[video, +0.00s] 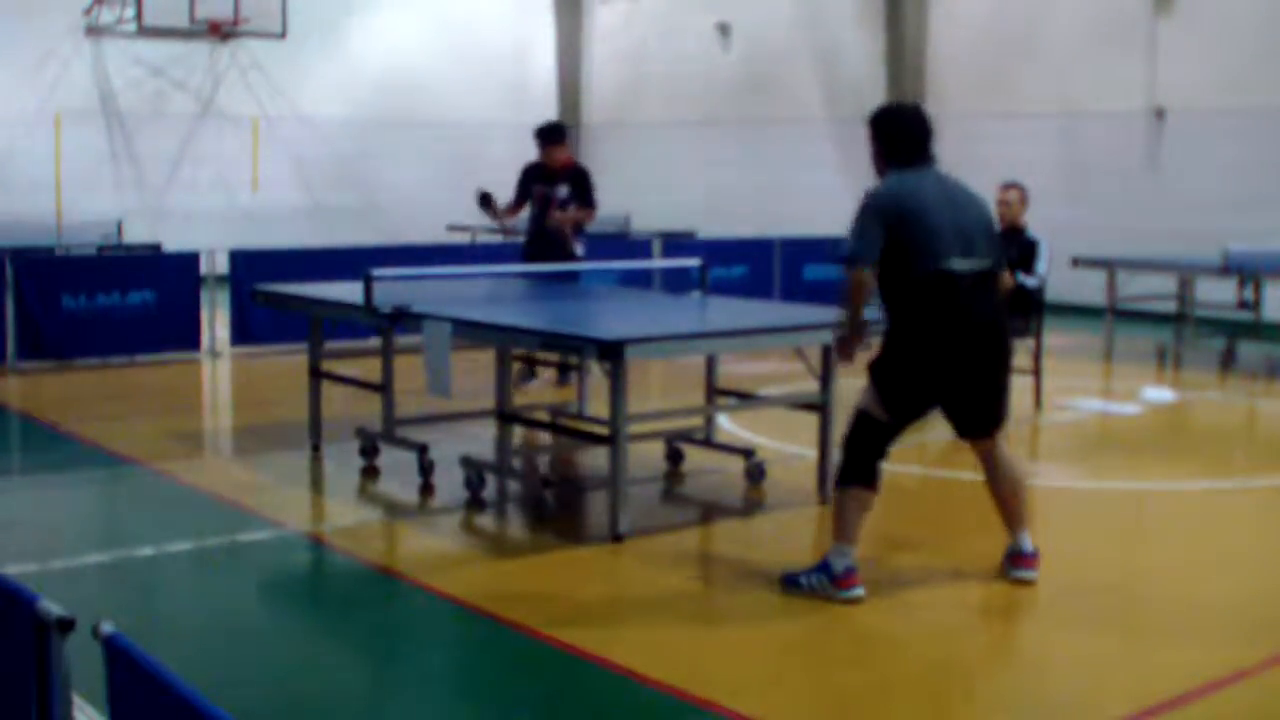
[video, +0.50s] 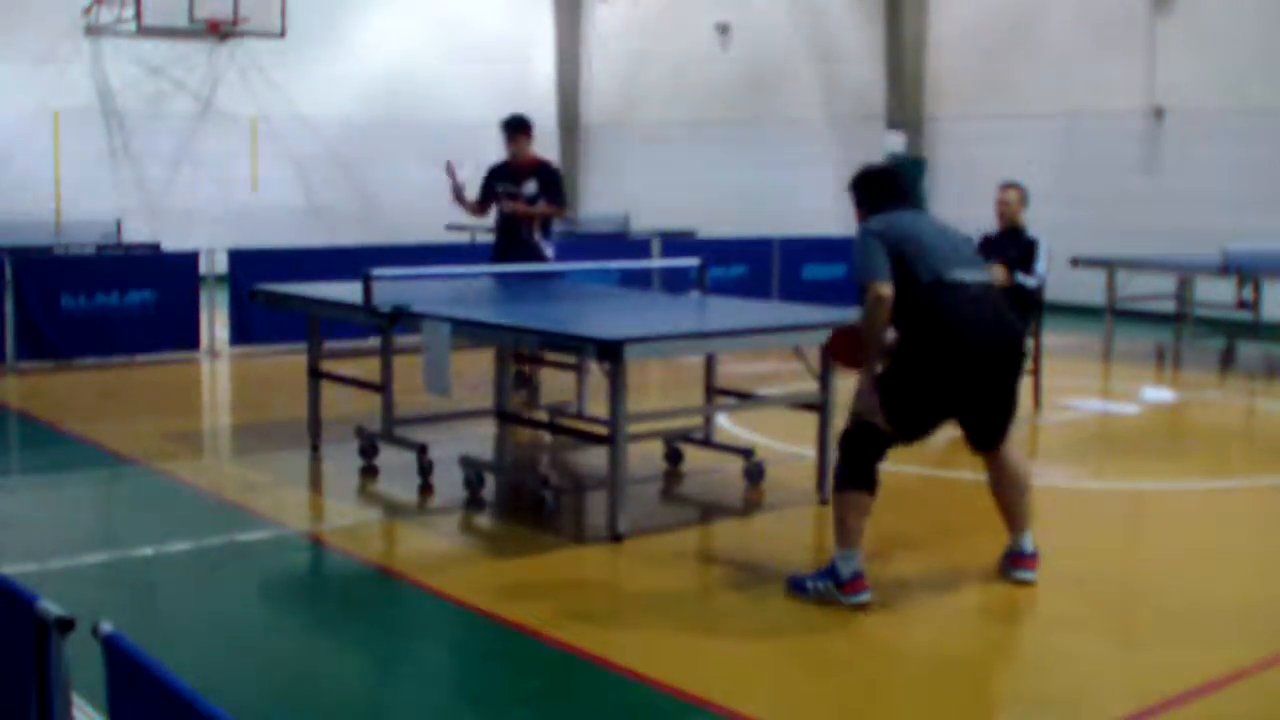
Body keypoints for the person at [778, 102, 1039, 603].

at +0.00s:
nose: (871, 155)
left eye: (874, 147)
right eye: (873, 146)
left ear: (881, 150)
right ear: (927, 144)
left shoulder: (883, 201)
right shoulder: (968, 198)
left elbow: (860, 276)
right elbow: (1002, 280)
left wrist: (851, 330)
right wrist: (965, 311)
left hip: (917, 351)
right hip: (982, 350)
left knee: (864, 441)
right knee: (990, 444)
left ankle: (841, 562)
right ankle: (1022, 548)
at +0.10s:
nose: (879, 166)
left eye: (881, 157)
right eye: (880, 156)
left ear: (888, 160)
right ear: (933, 152)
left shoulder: (899, 202)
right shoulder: (972, 201)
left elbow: (890, 277)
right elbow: (995, 278)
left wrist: (876, 337)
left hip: (932, 345)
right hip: (990, 348)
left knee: (876, 442)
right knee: (997, 444)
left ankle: (844, 562)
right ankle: (1024, 548)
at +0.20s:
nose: (881, 177)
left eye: (882, 168)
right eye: (881, 168)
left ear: (891, 169)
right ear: (935, 162)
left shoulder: (901, 204)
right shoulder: (970, 204)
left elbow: (911, 267)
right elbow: (996, 276)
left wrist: (894, 334)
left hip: (942, 338)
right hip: (997, 341)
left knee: (879, 442)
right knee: (997, 442)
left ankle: (849, 565)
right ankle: (1024, 548)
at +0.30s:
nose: (878, 186)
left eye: (879, 178)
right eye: (879, 178)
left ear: (886, 177)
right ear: (931, 170)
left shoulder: (896, 210)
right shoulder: (965, 211)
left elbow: (906, 272)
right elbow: (992, 278)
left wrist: (891, 340)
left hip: (941, 336)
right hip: (1000, 337)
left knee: (877, 445)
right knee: (997, 440)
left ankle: (848, 567)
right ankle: (1024, 547)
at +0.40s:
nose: (869, 200)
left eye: (870, 192)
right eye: (871, 192)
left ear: (877, 190)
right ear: (922, 184)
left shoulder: (885, 221)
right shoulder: (955, 221)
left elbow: (891, 284)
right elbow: (999, 277)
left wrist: (881, 348)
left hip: (938, 345)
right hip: (997, 345)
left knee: (867, 444)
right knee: (997, 441)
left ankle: (846, 567)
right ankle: (1023, 547)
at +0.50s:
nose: (857, 215)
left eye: (857, 207)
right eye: (857, 207)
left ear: (866, 204)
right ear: (909, 196)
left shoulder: (875, 231)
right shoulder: (945, 231)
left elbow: (881, 294)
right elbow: (985, 283)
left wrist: (869, 360)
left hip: (937, 350)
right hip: (999, 348)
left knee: (861, 443)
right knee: (995, 441)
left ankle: (846, 568)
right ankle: (1024, 547)